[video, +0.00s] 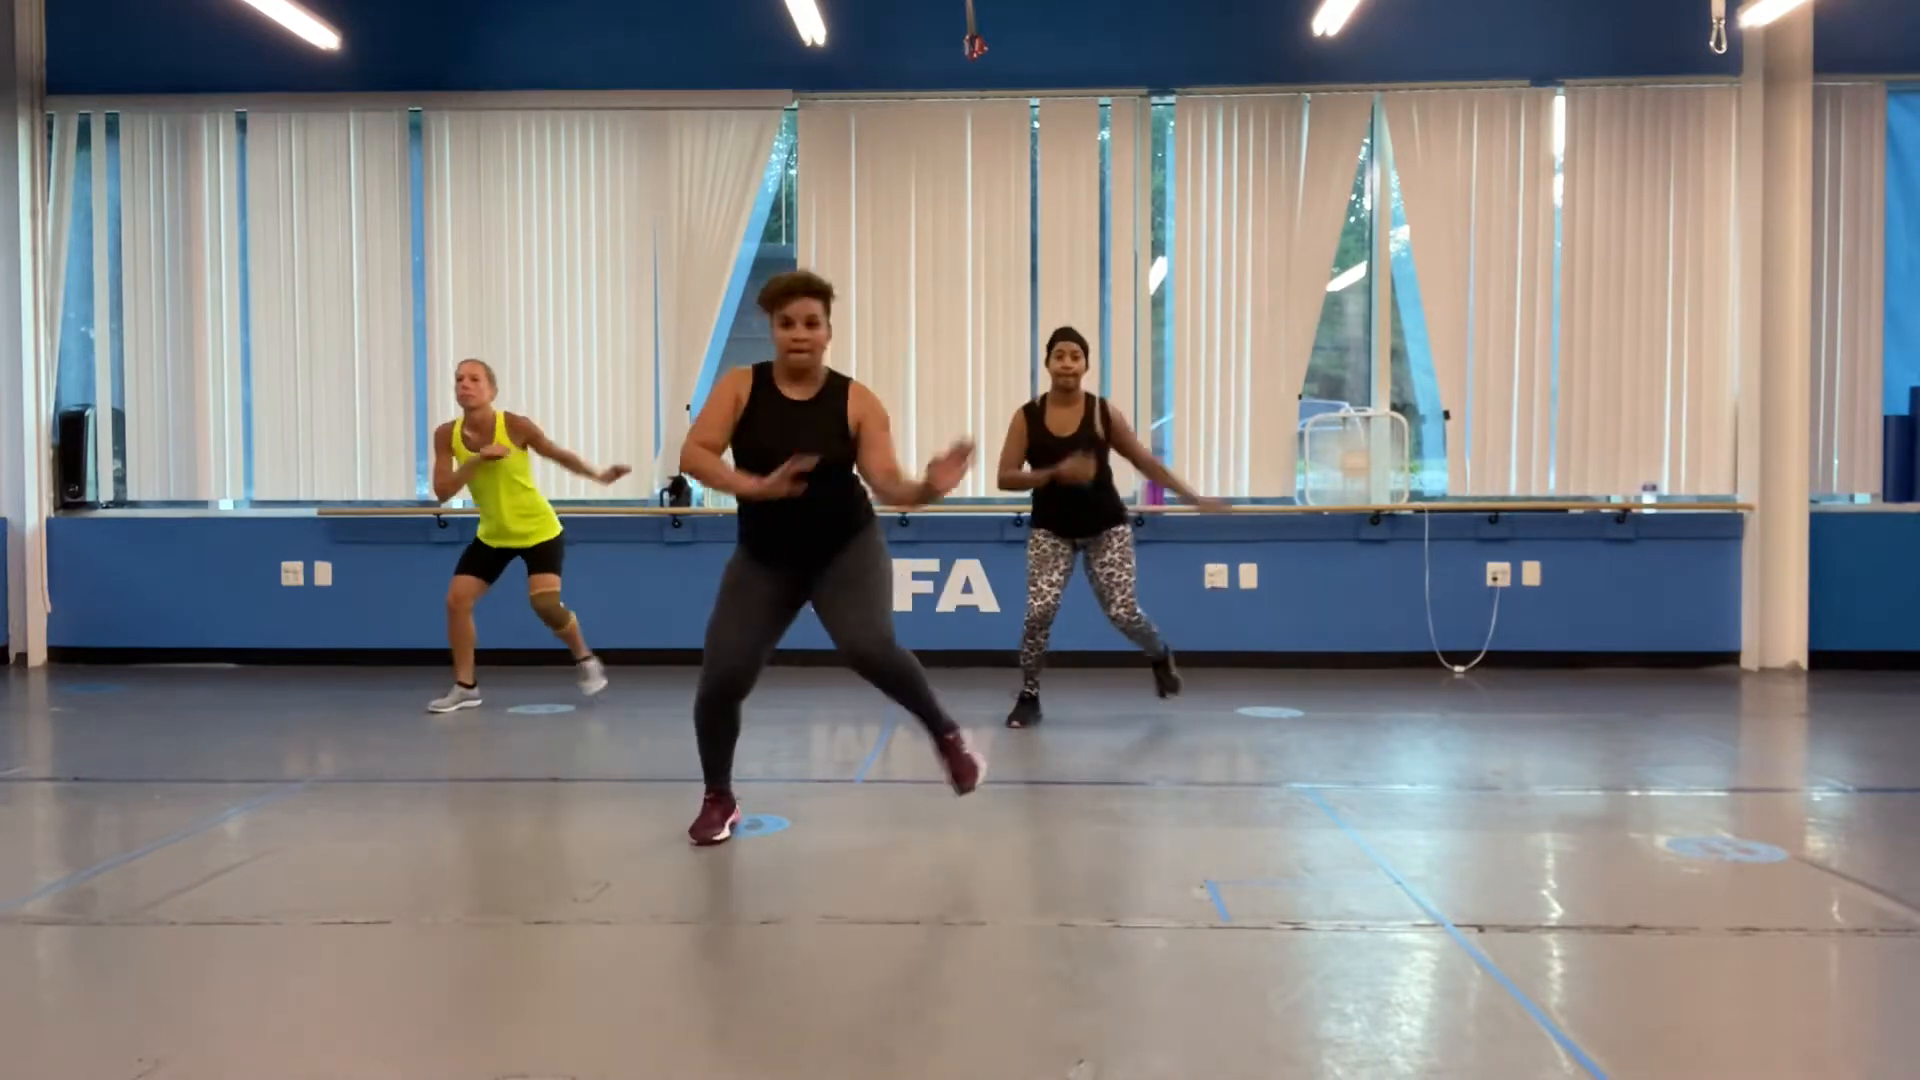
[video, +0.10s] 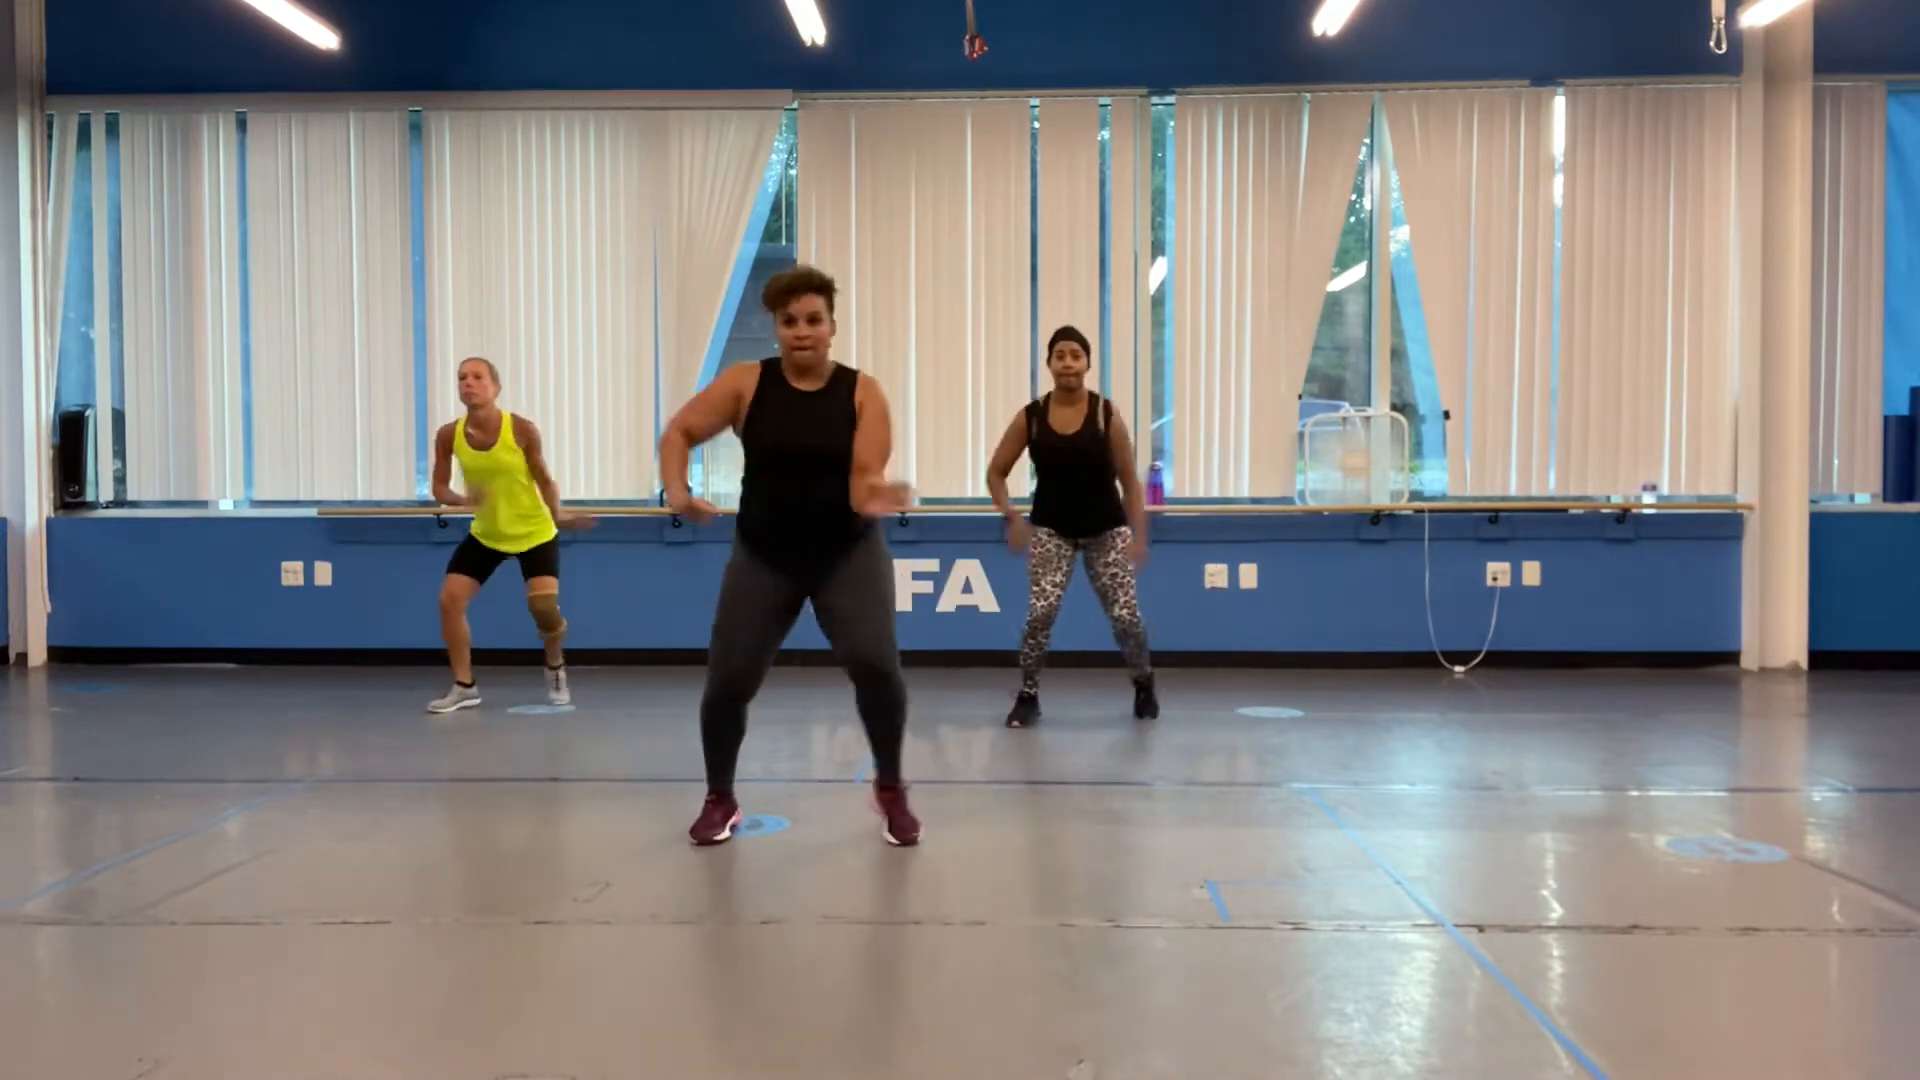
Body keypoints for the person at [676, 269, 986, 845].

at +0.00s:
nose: (801, 334)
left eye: (812, 323)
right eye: (789, 323)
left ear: (829, 331)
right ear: (771, 329)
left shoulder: (857, 402)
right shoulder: (740, 387)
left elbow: (889, 487)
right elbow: (694, 456)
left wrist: (927, 488)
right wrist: (755, 485)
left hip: (846, 548)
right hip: (766, 554)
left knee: (867, 649)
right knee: (720, 682)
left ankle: (946, 735)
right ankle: (717, 798)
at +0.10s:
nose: (803, 331)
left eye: (815, 319)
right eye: (791, 321)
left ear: (833, 325)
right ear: (775, 327)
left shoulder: (863, 394)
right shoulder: (745, 384)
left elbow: (864, 487)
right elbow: (677, 432)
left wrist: (878, 495)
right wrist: (677, 492)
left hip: (849, 552)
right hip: (765, 555)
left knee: (877, 669)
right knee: (727, 683)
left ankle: (890, 788)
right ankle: (719, 799)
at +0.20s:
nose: (813, 321)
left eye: (824, 310)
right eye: (802, 313)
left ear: (846, 314)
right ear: (790, 321)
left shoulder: (881, 367)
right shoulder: (768, 370)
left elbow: (893, 445)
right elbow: (691, 391)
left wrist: (830, 454)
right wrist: (654, 428)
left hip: (856, 545)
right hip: (776, 543)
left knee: (906, 652)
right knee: (745, 670)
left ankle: (904, 780)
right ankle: (718, 794)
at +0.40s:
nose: (846, 334)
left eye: (858, 323)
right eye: (835, 326)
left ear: (882, 328)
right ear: (825, 336)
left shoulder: (917, 374)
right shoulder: (810, 397)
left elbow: (933, 424)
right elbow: (749, 439)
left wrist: (847, 435)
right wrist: (688, 422)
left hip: (909, 549)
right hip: (829, 544)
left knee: (940, 671)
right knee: (781, 644)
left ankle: (941, 793)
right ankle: (712, 733)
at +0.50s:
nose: (850, 338)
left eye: (862, 326)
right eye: (839, 329)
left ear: (884, 331)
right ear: (828, 338)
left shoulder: (920, 379)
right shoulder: (814, 401)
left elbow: (961, 428)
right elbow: (783, 478)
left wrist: (882, 439)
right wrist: (720, 454)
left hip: (918, 552)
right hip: (838, 552)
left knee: (941, 676)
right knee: (799, 655)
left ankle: (941, 793)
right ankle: (769, 752)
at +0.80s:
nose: (886, 362)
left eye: (890, 350)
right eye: (876, 350)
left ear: (888, 346)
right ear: (838, 342)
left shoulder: (890, 387)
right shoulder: (786, 371)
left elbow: (976, 409)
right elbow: (737, 435)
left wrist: (949, 388)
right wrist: (787, 411)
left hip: (889, 535)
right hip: (814, 545)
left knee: (922, 647)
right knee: (787, 665)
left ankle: (970, 759)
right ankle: (769, 786)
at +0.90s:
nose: (889, 371)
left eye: (892, 360)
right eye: (880, 360)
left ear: (891, 357)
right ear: (841, 353)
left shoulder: (894, 412)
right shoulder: (788, 382)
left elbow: (951, 477)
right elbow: (725, 436)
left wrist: (951, 444)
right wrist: (772, 463)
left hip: (874, 542)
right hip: (800, 547)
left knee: (891, 638)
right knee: (770, 673)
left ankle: (977, 713)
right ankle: (771, 789)